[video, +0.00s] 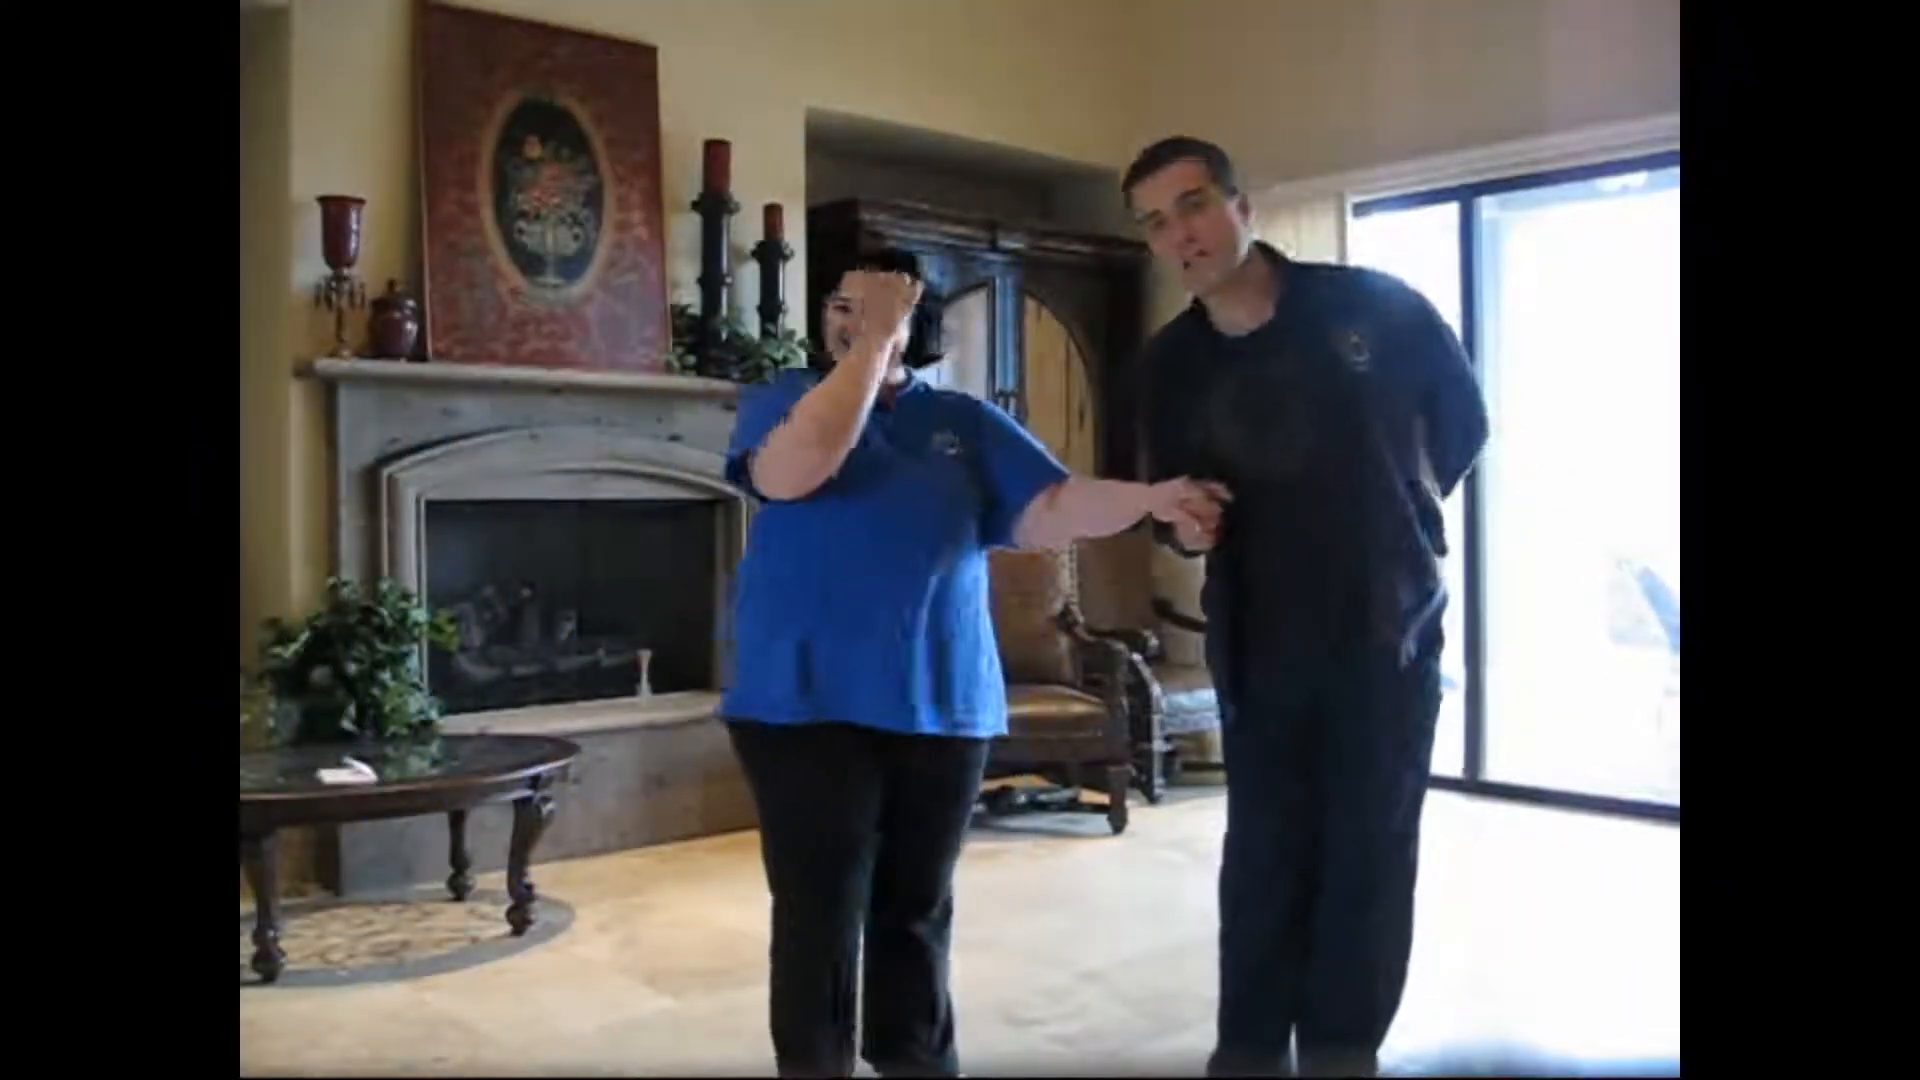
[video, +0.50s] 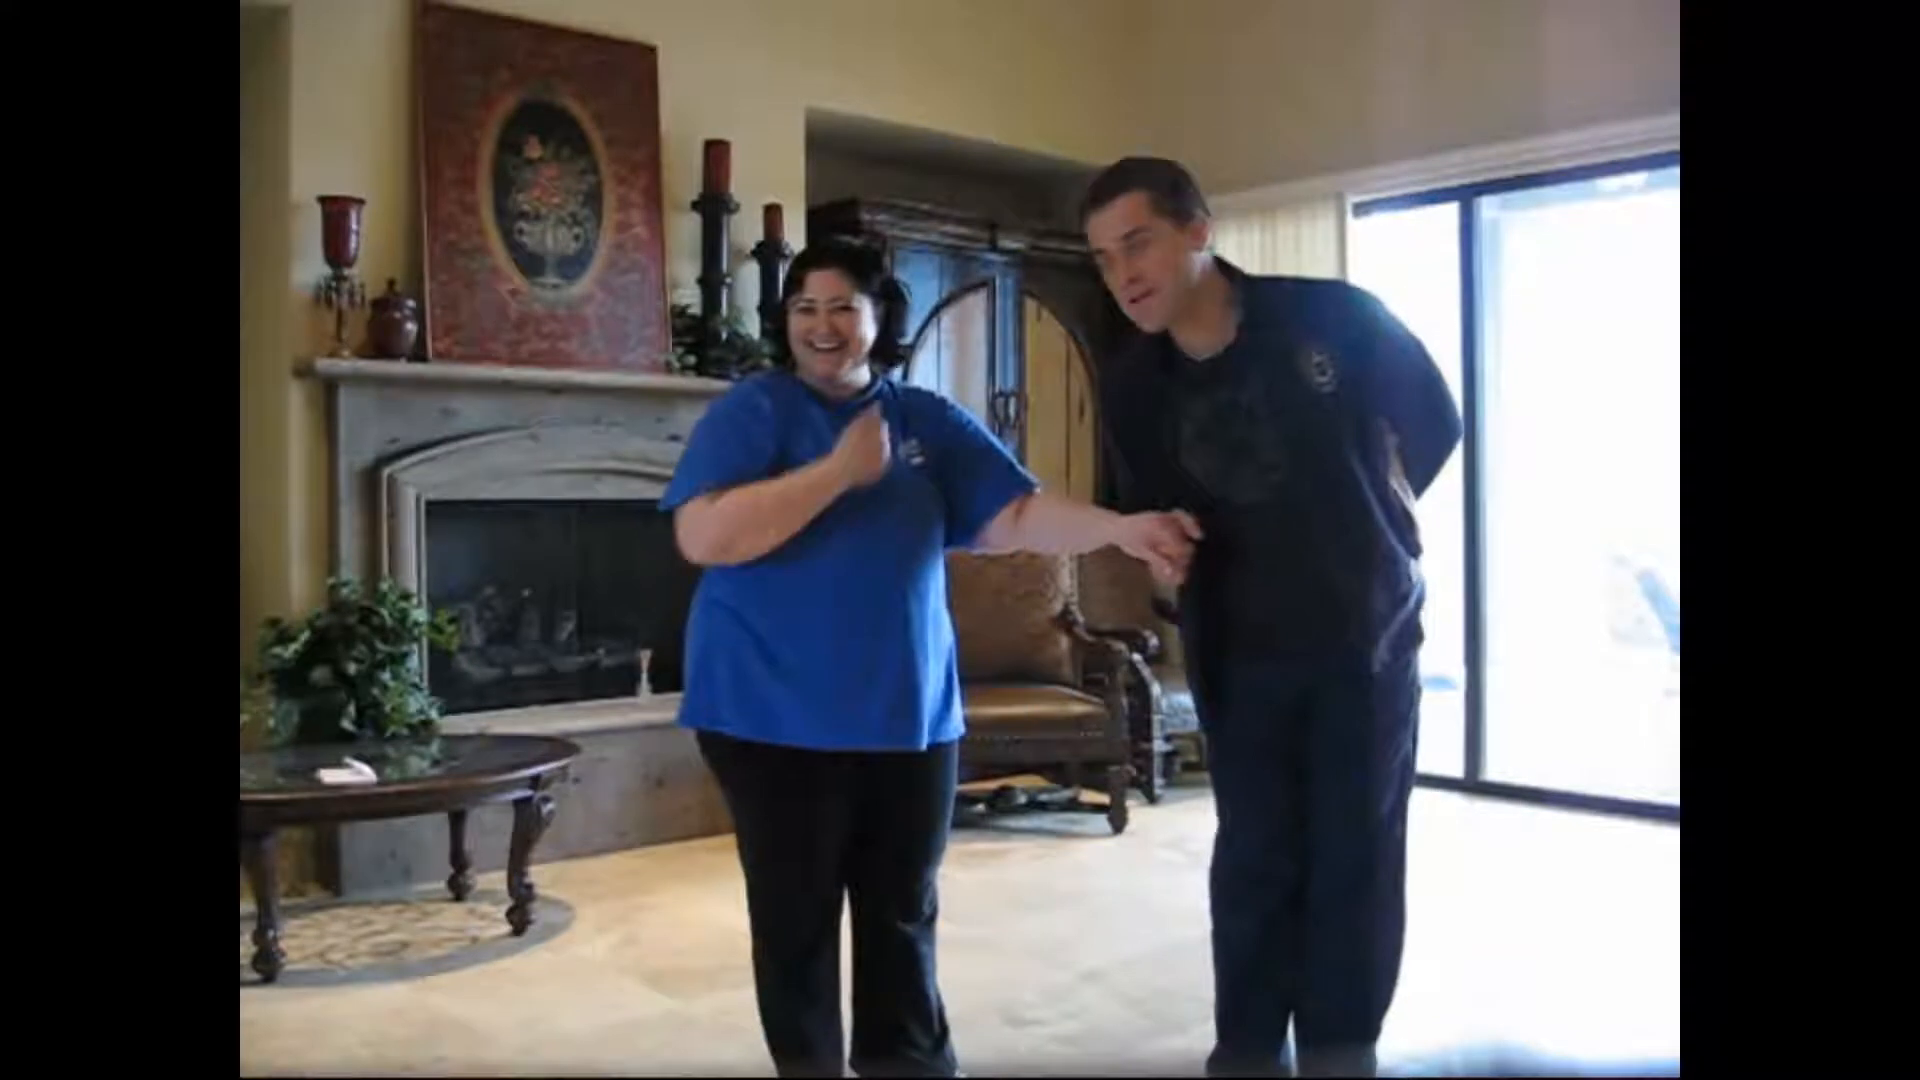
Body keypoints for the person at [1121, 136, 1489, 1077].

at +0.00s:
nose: (1179, 230)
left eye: (1193, 203)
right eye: (1157, 220)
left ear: (1242, 207)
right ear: (1150, 242)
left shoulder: (1375, 305)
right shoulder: (1163, 368)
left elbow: (1458, 430)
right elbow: (1151, 498)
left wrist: (1392, 520)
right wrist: (1182, 522)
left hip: (1382, 625)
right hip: (1258, 633)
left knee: (1368, 850)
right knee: (1265, 850)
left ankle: (1342, 1053)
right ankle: (1249, 1052)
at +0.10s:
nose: (1166, 247)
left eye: (1180, 218)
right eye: (1144, 236)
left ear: (1229, 216)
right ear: (1137, 256)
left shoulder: (1361, 309)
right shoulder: (1155, 375)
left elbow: (1455, 427)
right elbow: (1140, 500)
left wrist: (1392, 521)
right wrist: (1177, 527)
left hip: (1380, 633)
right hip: (1256, 641)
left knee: (1364, 862)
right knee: (1264, 861)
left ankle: (1341, 1059)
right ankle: (1246, 1060)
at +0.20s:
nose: (1158, 258)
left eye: (1171, 228)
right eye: (1134, 248)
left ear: (1219, 228)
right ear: (1125, 271)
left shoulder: (1353, 314)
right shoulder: (1146, 385)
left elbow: (1446, 431)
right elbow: (1141, 504)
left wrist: (1378, 519)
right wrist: (1174, 531)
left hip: (1378, 632)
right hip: (1253, 640)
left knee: (1362, 859)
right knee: (1262, 859)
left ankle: (1342, 1057)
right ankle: (1247, 1058)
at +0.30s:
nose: (1150, 267)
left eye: (1162, 237)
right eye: (1126, 257)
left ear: (1211, 232)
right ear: (1118, 279)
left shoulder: (1346, 317)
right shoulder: (1142, 387)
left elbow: (1442, 428)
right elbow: (1136, 507)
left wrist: (1373, 516)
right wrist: (1171, 530)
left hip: (1373, 633)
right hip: (1248, 641)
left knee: (1359, 855)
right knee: (1259, 856)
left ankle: (1342, 1054)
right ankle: (1246, 1055)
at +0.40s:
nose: (1141, 273)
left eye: (1154, 242)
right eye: (1118, 262)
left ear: (1204, 236)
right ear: (1111, 281)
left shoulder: (1338, 318)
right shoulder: (1139, 381)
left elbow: (1434, 430)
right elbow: (1130, 508)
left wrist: (1362, 517)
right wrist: (1166, 536)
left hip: (1368, 636)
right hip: (1244, 644)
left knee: (1356, 859)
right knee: (1256, 860)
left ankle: (1341, 1056)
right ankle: (1245, 1058)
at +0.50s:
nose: (1123, 273)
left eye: (1139, 244)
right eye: (1105, 259)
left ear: (1199, 232)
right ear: (1101, 269)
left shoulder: (1333, 316)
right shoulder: (1130, 381)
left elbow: (1432, 427)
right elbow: (1135, 516)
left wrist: (1362, 520)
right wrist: (1173, 562)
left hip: (1362, 633)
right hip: (1237, 641)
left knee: (1354, 858)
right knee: (1254, 858)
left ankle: (1341, 1058)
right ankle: (1246, 1058)